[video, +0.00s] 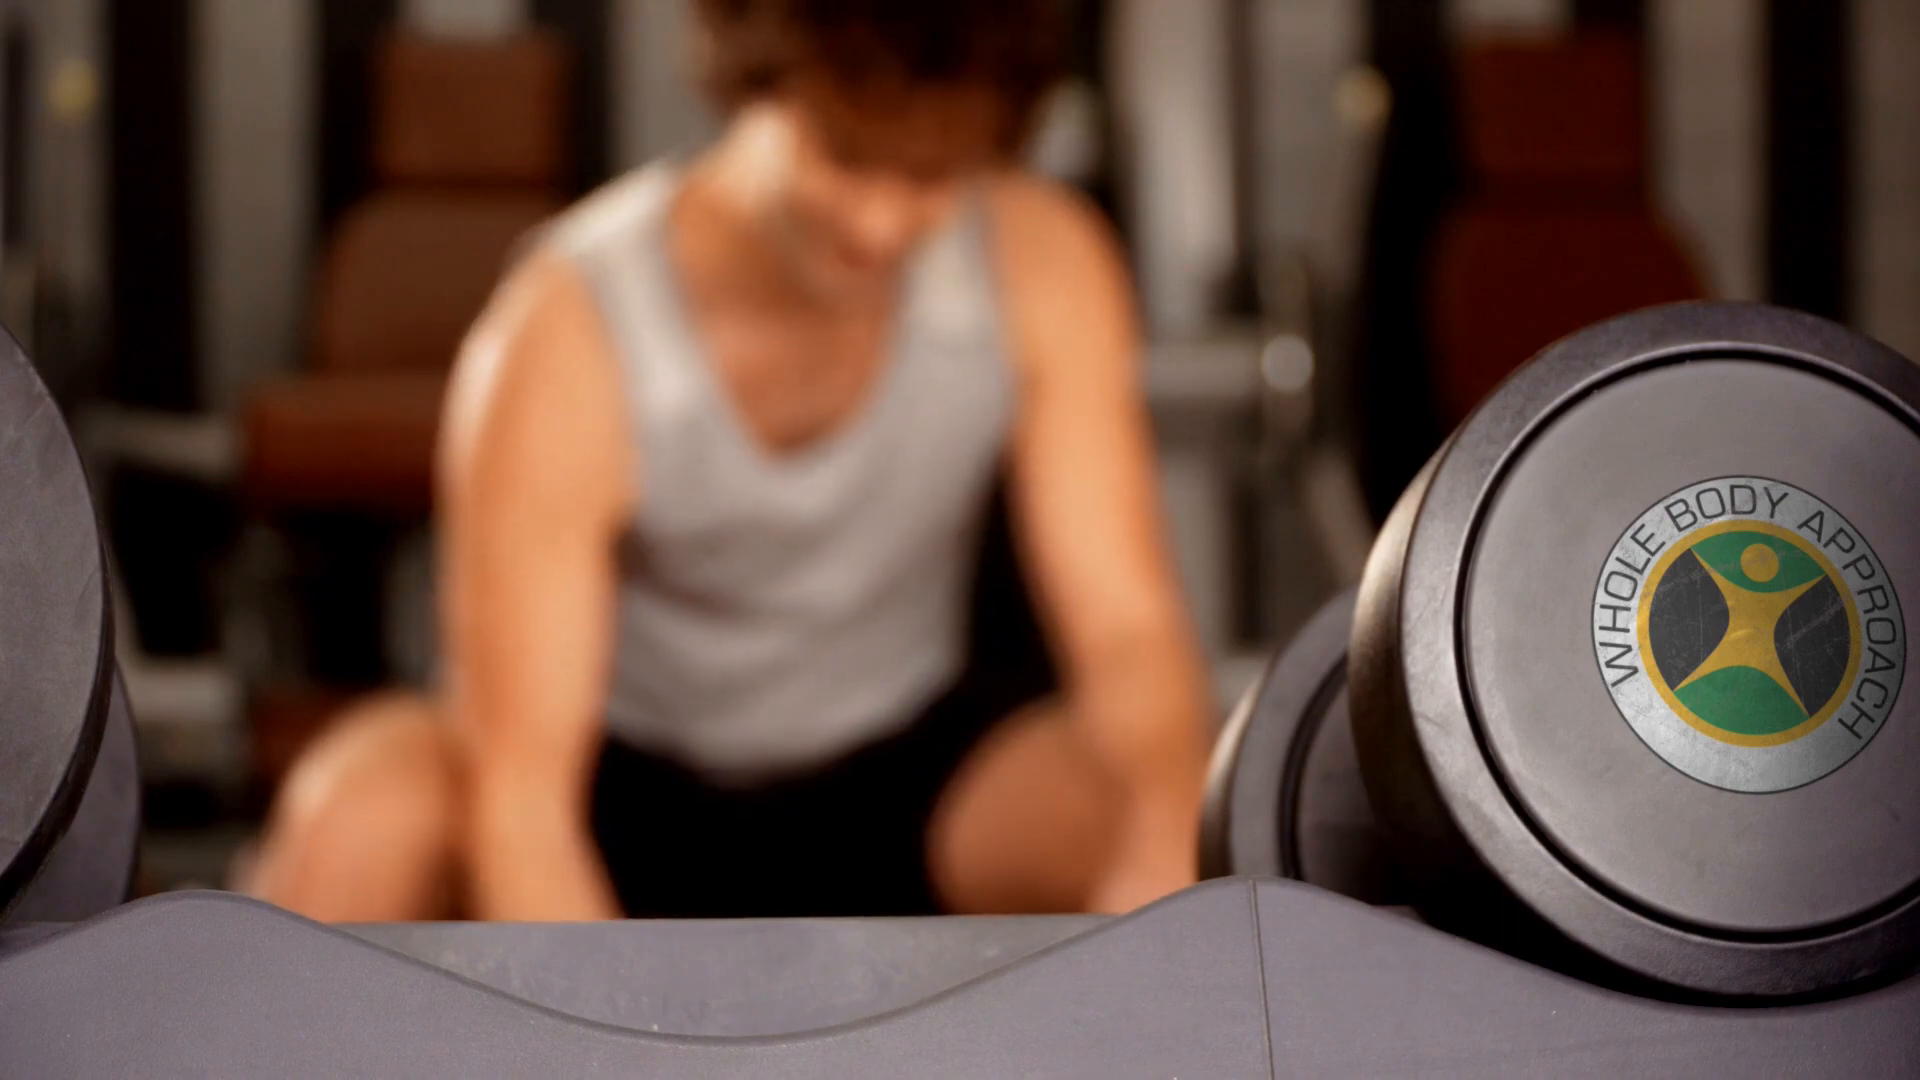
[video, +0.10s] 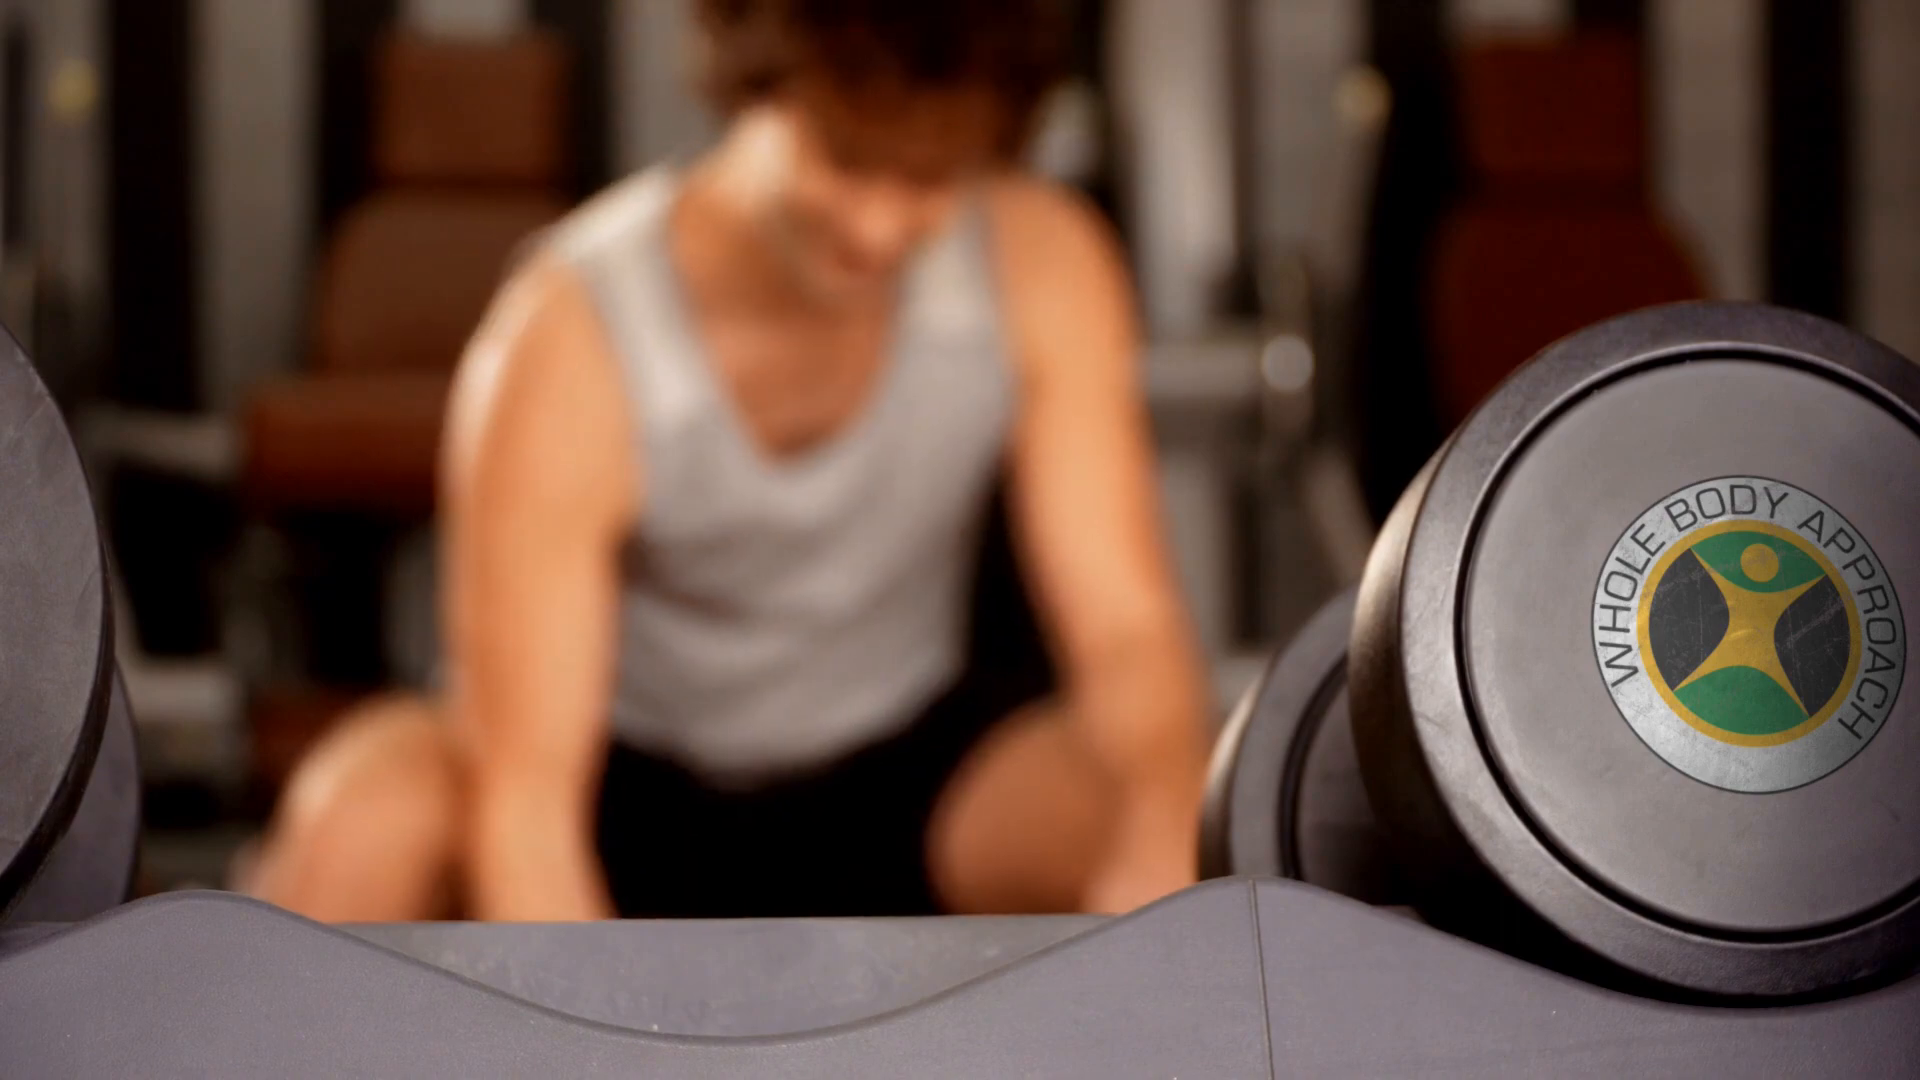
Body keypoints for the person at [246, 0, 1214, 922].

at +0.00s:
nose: (883, 223)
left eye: (933, 177)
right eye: (846, 161)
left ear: (996, 144)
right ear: (756, 84)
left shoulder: (1040, 257)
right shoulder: (562, 336)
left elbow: (1128, 641)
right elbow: (522, 797)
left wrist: (1156, 866)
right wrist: (618, 1055)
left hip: (900, 785)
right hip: (624, 794)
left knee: (1178, 799)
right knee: (364, 798)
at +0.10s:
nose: (881, 227)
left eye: (930, 180)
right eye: (844, 164)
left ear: (994, 148)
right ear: (754, 87)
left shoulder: (1039, 258)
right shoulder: (566, 341)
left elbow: (1126, 641)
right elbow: (526, 800)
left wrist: (1152, 861)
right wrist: (599, 1060)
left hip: (900, 784)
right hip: (624, 795)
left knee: (1176, 804)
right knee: (366, 801)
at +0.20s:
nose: (881, 229)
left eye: (930, 182)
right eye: (844, 167)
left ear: (993, 150)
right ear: (755, 92)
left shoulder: (1037, 258)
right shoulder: (568, 342)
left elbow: (1126, 644)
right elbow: (534, 804)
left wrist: (1151, 868)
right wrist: (580, 1064)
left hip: (898, 785)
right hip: (623, 797)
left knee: (1172, 805)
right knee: (369, 806)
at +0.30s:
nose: (880, 228)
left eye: (930, 181)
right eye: (843, 167)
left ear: (992, 149)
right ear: (753, 92)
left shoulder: (1035, 258)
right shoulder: (567, 342)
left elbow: (1125, 643)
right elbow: (537, 806)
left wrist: (1150, 871)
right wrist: (574, 1067)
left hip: (898, 783)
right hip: (622, 797)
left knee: (1172, 806)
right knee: (371, 806)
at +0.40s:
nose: (877, 227)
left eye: (929, 181)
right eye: (842, 164)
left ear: (990, 151)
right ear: (749, 89)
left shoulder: (1034, 257)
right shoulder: (565, 344)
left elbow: (1124, 642)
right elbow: (535, 807)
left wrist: (1146, 868)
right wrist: (566, 1065)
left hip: (895, 782)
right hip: (619, 795)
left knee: (1169, 805)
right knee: (367, 806)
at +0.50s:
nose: (875, 225)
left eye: (927, 179)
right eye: (840, 162)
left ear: (990, 151)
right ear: (749, 90)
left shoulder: (1034, 258)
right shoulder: (566, 342)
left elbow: (1122, 645)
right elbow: (529, 802)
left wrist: (1143, 864)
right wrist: (551, 1063)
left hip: (893, 784)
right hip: (616, 795)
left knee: (1166, 805)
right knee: (362, 801)